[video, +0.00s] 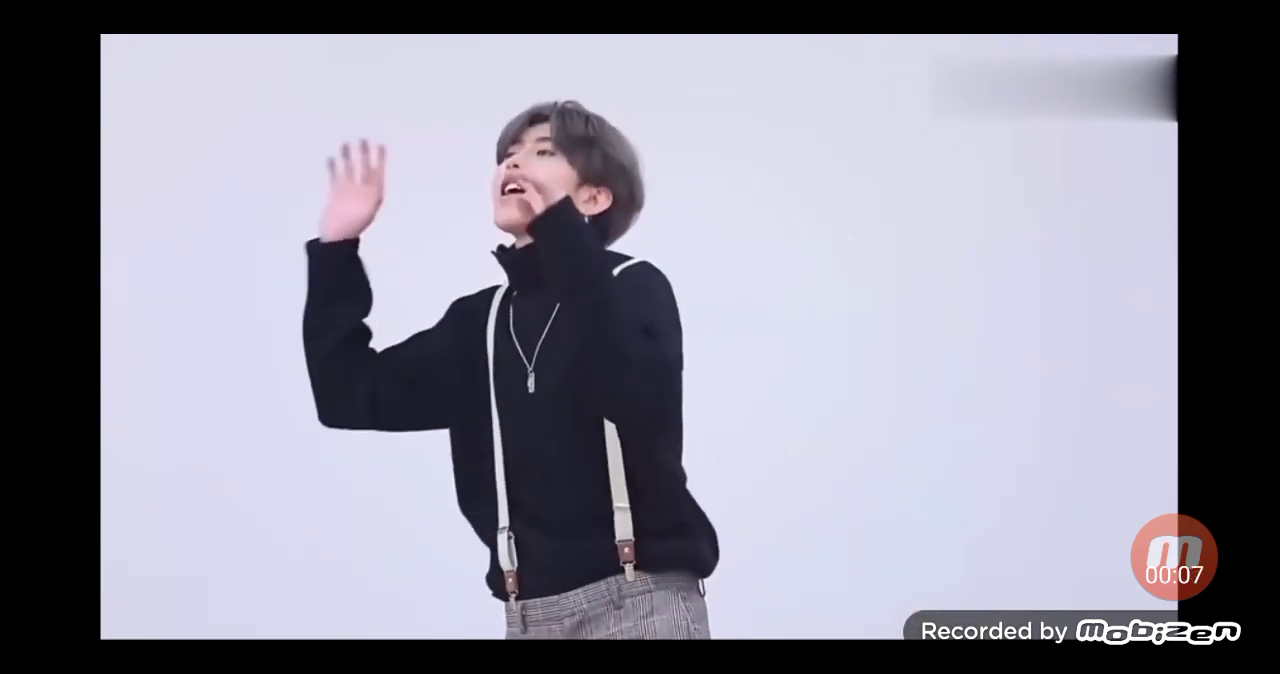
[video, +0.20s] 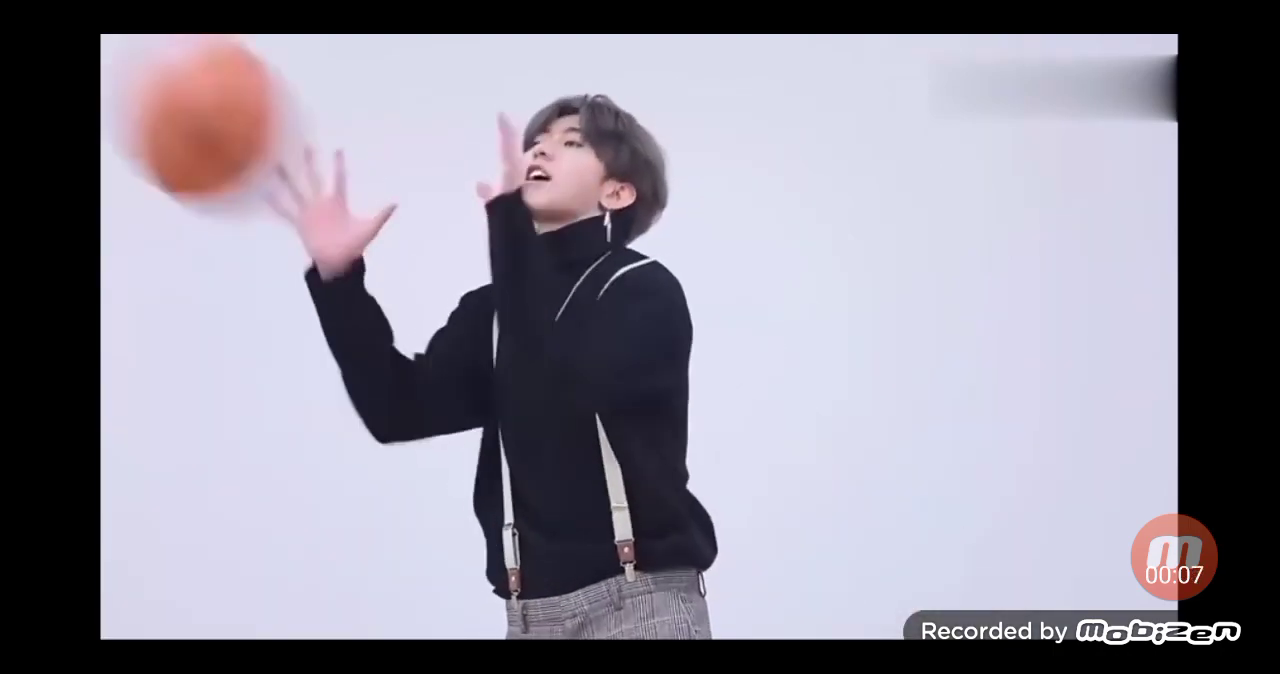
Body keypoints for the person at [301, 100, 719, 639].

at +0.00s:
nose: (512, 165)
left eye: (544, 152)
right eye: (507, 156)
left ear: (594, 197)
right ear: (495, 185)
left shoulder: (633, 287)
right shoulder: (476, 323)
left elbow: (631, 396)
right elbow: (345, 395)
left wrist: (561, 230)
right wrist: (336, 248)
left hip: (639, 605)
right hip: (529, 617)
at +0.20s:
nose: (540, 154)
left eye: (571, 144)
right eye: (534, 145)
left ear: (617, 193)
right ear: (518, 172)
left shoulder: (644, 289)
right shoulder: (493, 312)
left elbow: (571, 372)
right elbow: (396, 411)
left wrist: (512, 230)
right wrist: (338, 279)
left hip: (640, 600)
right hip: (530, 611)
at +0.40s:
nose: (586, 150)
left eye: (618, 148)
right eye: (580, 139)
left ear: (653, 204)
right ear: (557, 166)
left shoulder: (675, 311)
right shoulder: (503, 312)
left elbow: (694, 487)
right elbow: (482, 450)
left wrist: (525, 496)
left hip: (652, 609)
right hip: (543, 614)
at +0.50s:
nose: (598, 149)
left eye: (630, 147)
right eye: (589, 137)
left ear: (665, 202)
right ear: (566, 165)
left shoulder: (688, 314)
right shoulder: (515, 311)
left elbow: (717, 497)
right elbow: (464, 450)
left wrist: (547, 524)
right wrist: (382, 533)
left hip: (657, 612)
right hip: (539, 612)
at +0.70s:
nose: (629, 163)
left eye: (658, 152)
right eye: (616, 144)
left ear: (696, 194)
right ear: (592, 166)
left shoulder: (724, 320)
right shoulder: (534, 306)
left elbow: (762, 511)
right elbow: (444, 445)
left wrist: (585, 536)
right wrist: (381, 575)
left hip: (680, 617)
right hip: (560, 615)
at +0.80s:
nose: (642, 165)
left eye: (671, 153)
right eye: (628, 147)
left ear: (709, 193)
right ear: (604, 170)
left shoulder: (747, 337)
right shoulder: (542, 311)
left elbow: (778, 517)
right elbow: (500, 464)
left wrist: (615, 548)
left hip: (686, 617)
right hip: (556, 617)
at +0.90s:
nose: (644, 165)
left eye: (673, 152)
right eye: (631, 146)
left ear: (713, 191)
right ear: (607, 168)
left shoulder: (753, 348)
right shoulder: (566, 309)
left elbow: (768, 525)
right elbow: (568, 436)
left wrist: (636, 523)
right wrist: (534, 547)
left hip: (685, 616)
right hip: (569, 612)